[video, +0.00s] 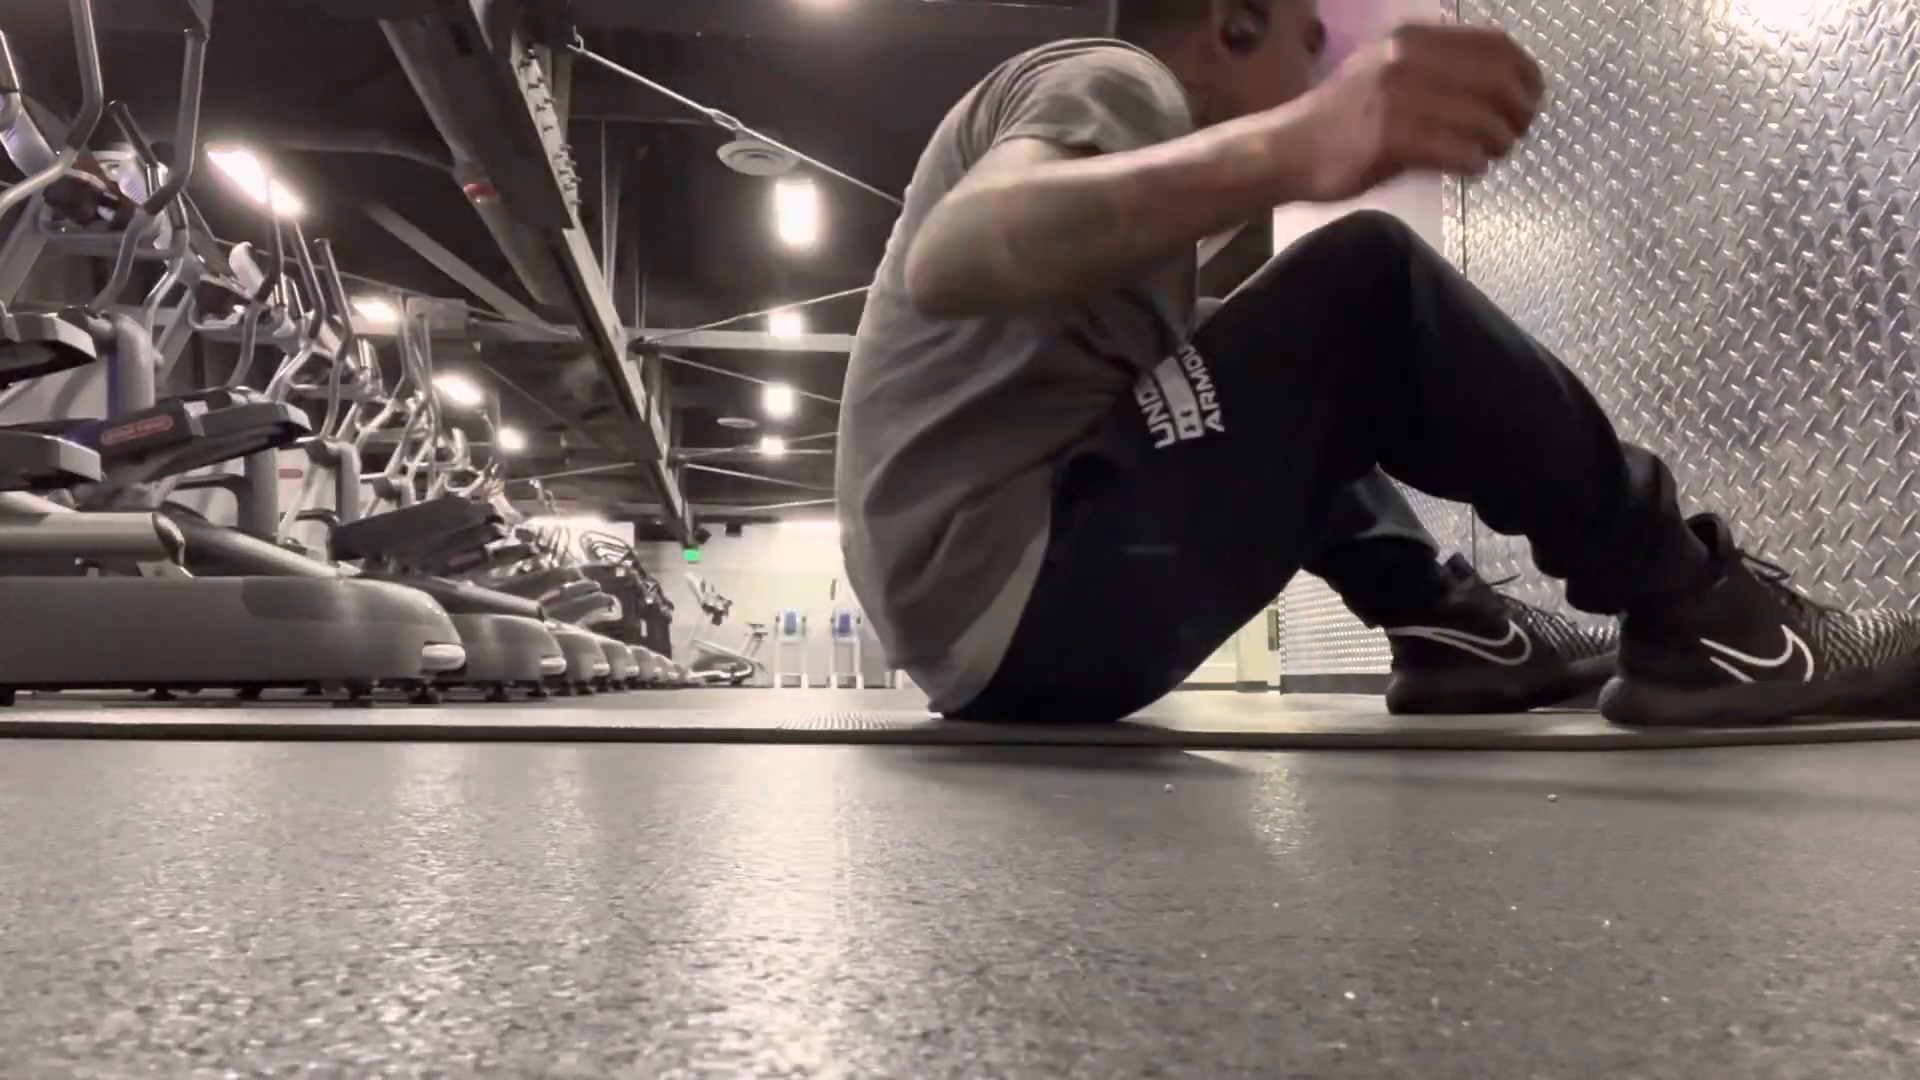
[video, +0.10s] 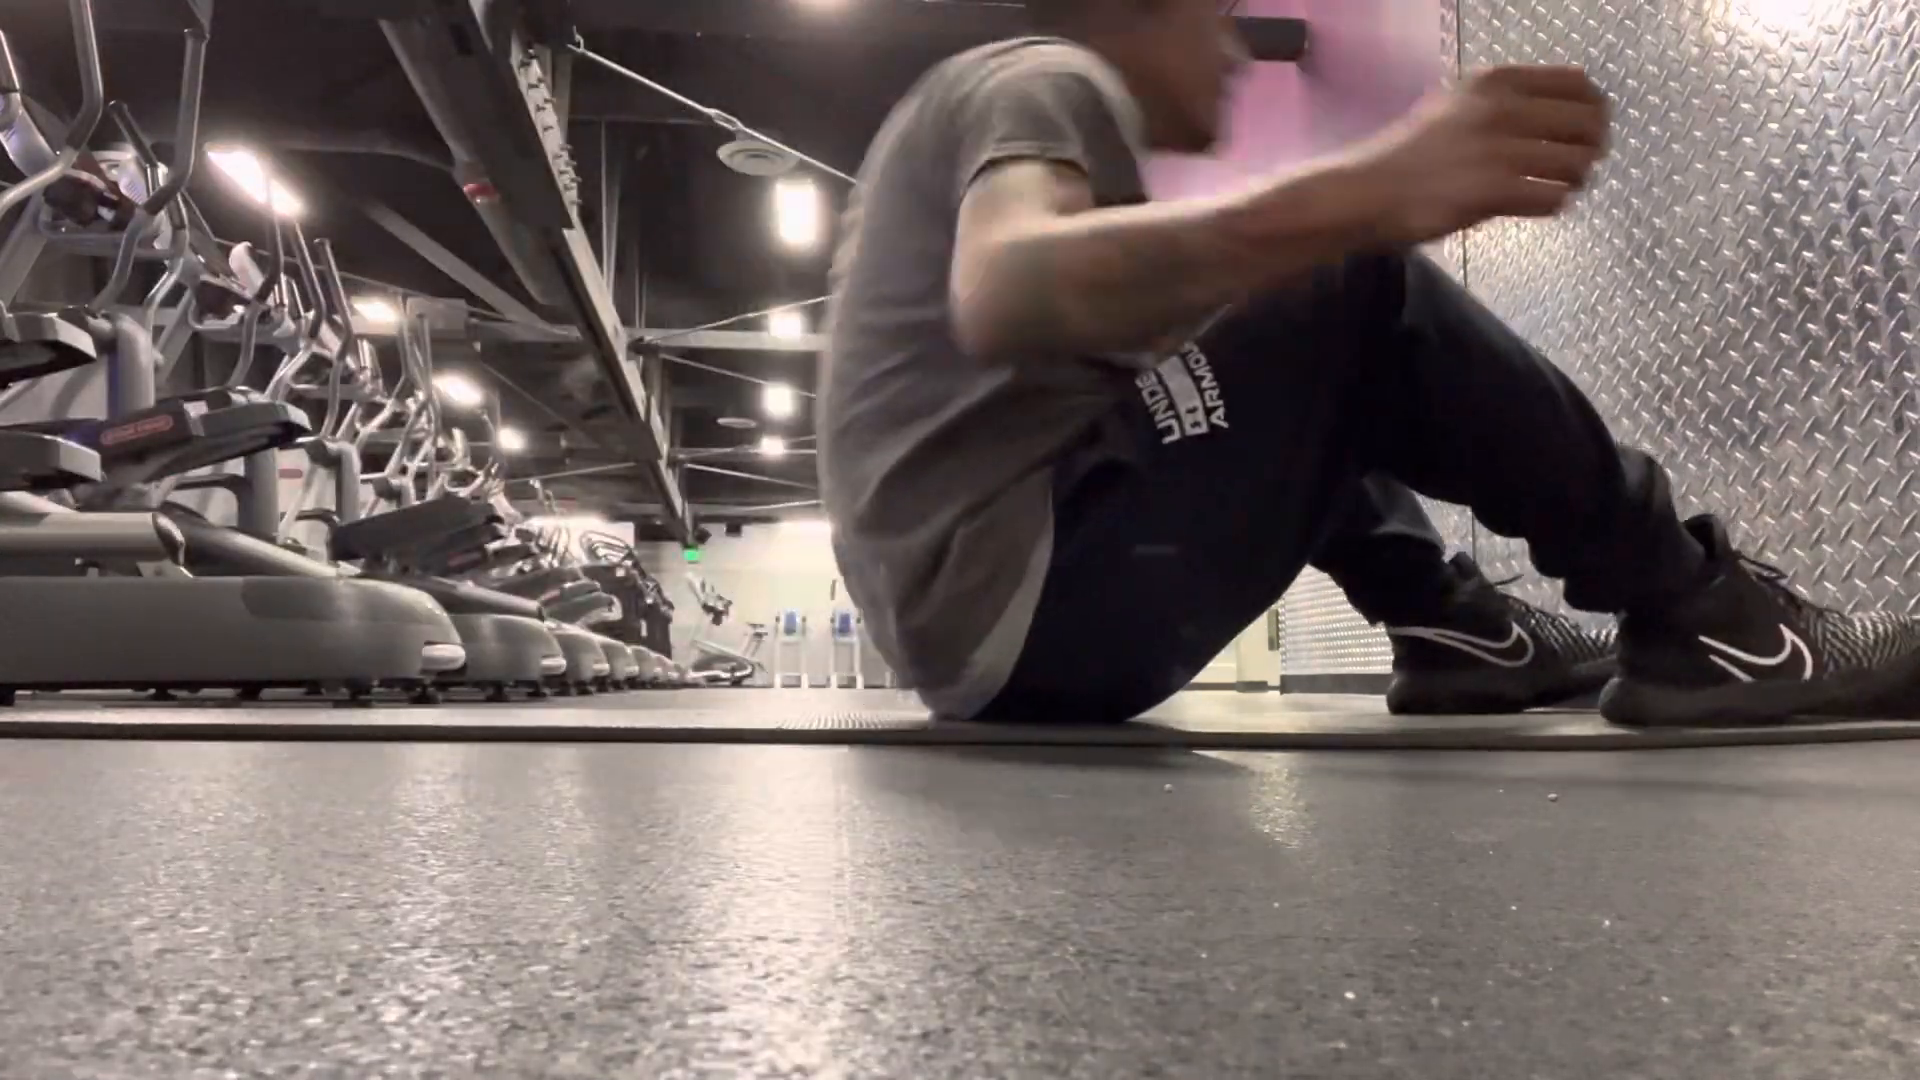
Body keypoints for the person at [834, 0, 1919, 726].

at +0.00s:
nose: (1320, 88)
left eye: (1326, 64)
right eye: (1314, 56)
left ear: (1226, 31)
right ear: (1236, 30)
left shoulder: (1132, 138)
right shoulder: (1111, 88)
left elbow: (1229, 307)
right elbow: (947, 262)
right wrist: (1281, 154)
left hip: (1012, 623)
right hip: (1038, 618)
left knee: (1272, 346)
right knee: (1364, 275)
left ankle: (1452, 624)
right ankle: (1703, 608)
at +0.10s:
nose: (1247, 53)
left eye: (1245, 30)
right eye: (1230, 21)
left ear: (1122, 20)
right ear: (1139, 6)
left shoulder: (1018, 114)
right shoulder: (1036, 83)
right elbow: (1004, 288)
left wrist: (1370, 210)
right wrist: (1381, 183)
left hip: (1023, 617)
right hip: (1035, 624)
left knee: (1266, 325)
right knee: (1349, 285)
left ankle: (1452, 624)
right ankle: (1699, 609)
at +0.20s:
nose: (1077, 46)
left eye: (1074, 26)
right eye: (1057, 16)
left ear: (943, 15)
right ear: (976, 3)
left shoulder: (893, 117)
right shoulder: (898, 102)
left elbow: (1084, 335)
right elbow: (1079, 314)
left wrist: (1276, 274)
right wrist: (1458, 214)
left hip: (996, 597)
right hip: (1008, 619)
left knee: (1274, 309)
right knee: (1349, 317)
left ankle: (1446, 626)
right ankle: (1691, 610)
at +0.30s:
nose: (886, 51)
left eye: (872, 30)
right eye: (856, 24)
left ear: (743, 45)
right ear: (767, 28)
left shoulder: (760, 186)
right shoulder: (742, 154)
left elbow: (1017, 392)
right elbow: (1123, 281)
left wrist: (1256, 287)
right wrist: (1413, 220)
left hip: (977, 578)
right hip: (965, 624)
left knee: (1253, 321)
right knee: (1327, 336)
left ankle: (1459, 628)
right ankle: (1679, 612)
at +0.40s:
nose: (710, 100)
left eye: (696, 69)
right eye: (673, 70)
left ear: (547, 105)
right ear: (569, 90)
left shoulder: (603, 253)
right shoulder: (587, 211)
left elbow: (927, 336)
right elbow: (949, 219)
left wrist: (1157, 236)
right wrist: (1244, 158)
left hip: (924, 581)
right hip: (935, 611)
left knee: (1207, 323)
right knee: (1280, 301)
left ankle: (1437, 619)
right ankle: (1665, 600)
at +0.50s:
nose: (538, 170)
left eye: (524, 143)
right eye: (487, 158)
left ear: (502, 164)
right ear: (386, 220)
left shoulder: (526, 348)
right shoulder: (430, 319)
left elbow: (792, 344)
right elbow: (727, 244)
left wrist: (943, 177)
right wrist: (942, 76)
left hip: (890, 536)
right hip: (889, 595)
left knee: (1187, 333)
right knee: (1261, 299)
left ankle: (1417, 615)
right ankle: (1652, 594)